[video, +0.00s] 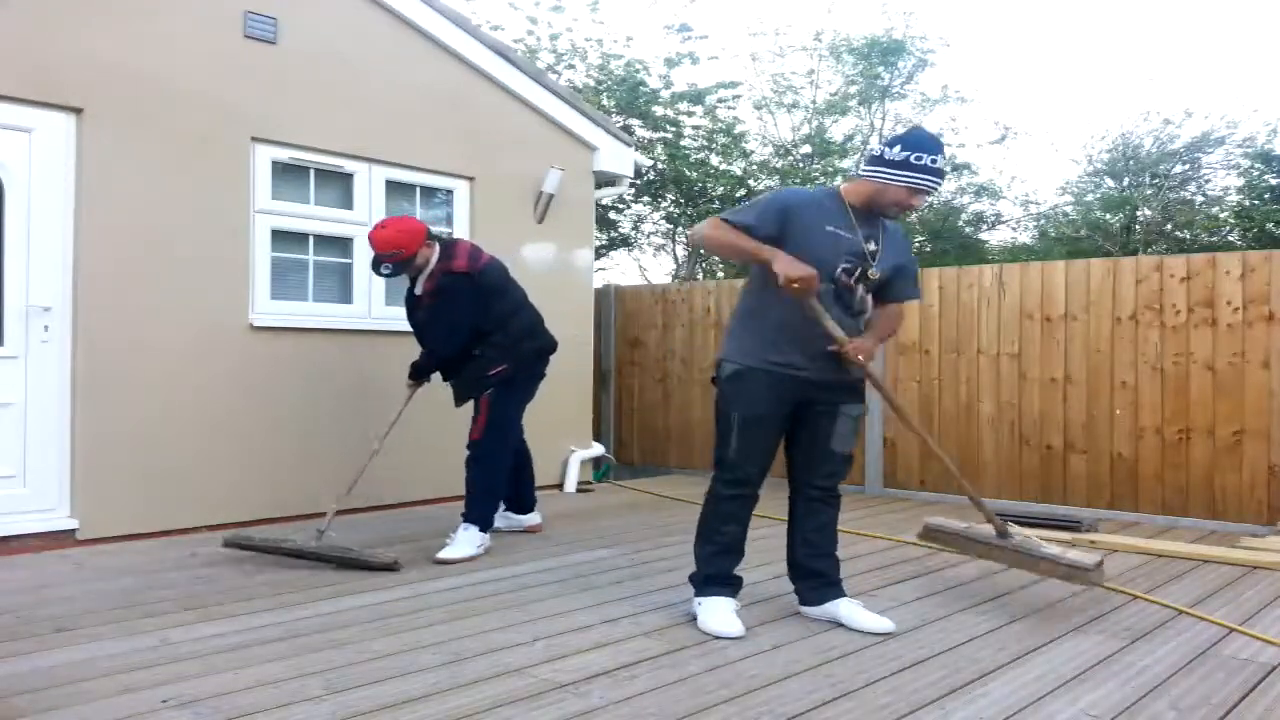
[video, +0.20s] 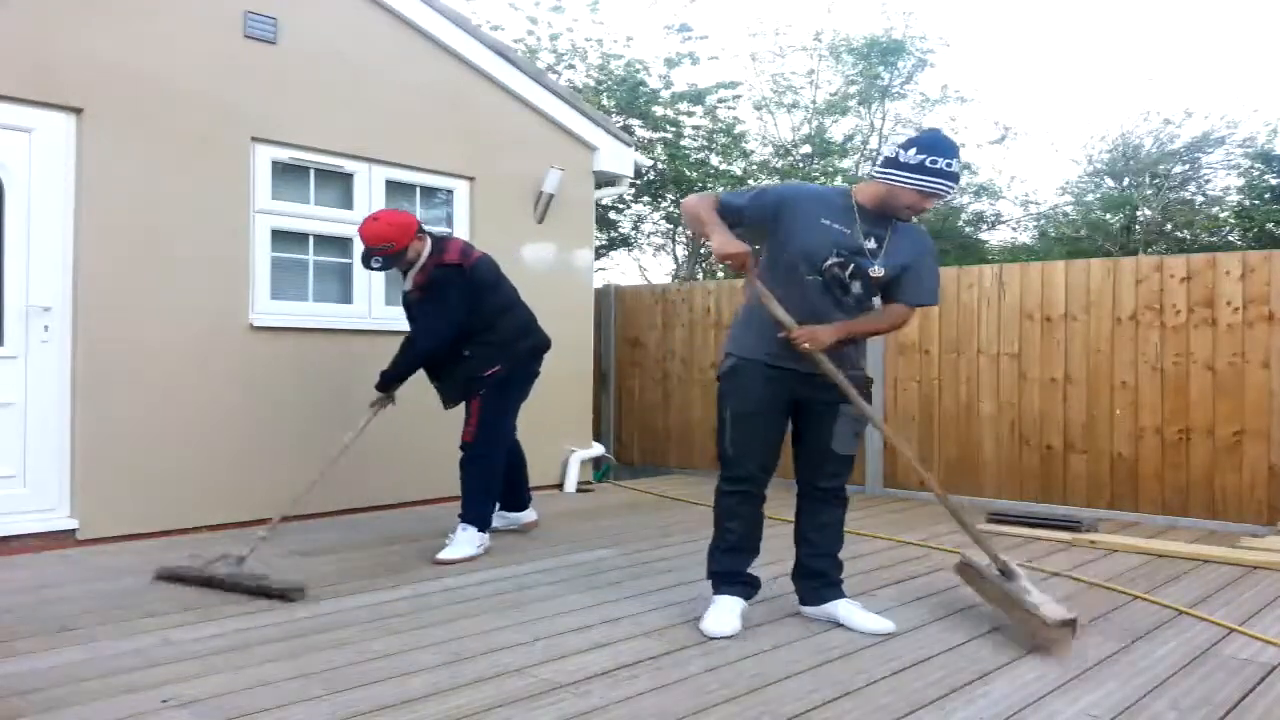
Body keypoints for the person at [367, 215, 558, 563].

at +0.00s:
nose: (399, 272)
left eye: (401, 265)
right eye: (395, 267)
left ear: (421, 250)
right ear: (424, 247)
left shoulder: (456, 277)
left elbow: (451, 341)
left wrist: (423, 367)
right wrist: (430, 360)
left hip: (512, 356)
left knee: (485, 440)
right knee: (505, 432)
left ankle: (475, 529)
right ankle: (521, 510)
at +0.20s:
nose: (391, 267)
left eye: (393, 259)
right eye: (387, 261)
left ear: (413, 243)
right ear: (416, 240)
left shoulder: (443, 275)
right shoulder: (442, 255)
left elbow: (427, 338)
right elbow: (431, 331)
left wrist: (387, 382)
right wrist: (394, 378)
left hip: (502, 357)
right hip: (511, 349)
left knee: (478, 442)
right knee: (498, 432)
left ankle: (473, 530)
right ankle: (516, 508)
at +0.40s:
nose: (386, 258)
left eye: (387, 250)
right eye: (380, 253)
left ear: (407, 235)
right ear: (409, 233)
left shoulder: (435, 270)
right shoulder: (437, 249)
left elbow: (406, 332)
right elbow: (413, 327)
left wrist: (362, 374)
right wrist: (374, 371)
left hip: (495, 356)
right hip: (480, 354)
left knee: (471, 439)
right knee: (473, 435)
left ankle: (473, 530)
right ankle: (506, 508)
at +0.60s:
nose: (377, 252)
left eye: (378, 244)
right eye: (373, 246)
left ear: (399, 229)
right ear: (397, 230)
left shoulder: (432, 259)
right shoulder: (410, 257)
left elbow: (413, 321)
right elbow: (410, 319)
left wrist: (375, 363)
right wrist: (385, 357)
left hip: (488, 358)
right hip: (454, 364)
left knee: (469, 441)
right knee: (441, 441)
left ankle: (474, 529)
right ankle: (450, 519)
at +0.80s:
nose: (369, 255)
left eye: (372, 246)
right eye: (366, 249)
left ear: (392, 233)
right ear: (389, 234)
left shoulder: (427, 261)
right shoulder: (394, 267)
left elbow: (421, 330)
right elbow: (390, 320)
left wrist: (394, 364)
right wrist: (396, 355)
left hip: (477, 354)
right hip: (441, 359)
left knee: (447, 437)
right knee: (428, 438)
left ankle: (468, 525)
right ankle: (449, 517)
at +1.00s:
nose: (362, 259)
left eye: (365, 252)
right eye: (358, 254)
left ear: (385, 238)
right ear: (385, 236)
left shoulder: (416, 269)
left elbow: (419, 336)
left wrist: (399, 367)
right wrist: (406, 358)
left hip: (469, 352)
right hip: (441, 355)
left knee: (440, 437)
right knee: (434, 437)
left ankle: (435, 529)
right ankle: (460, 520)